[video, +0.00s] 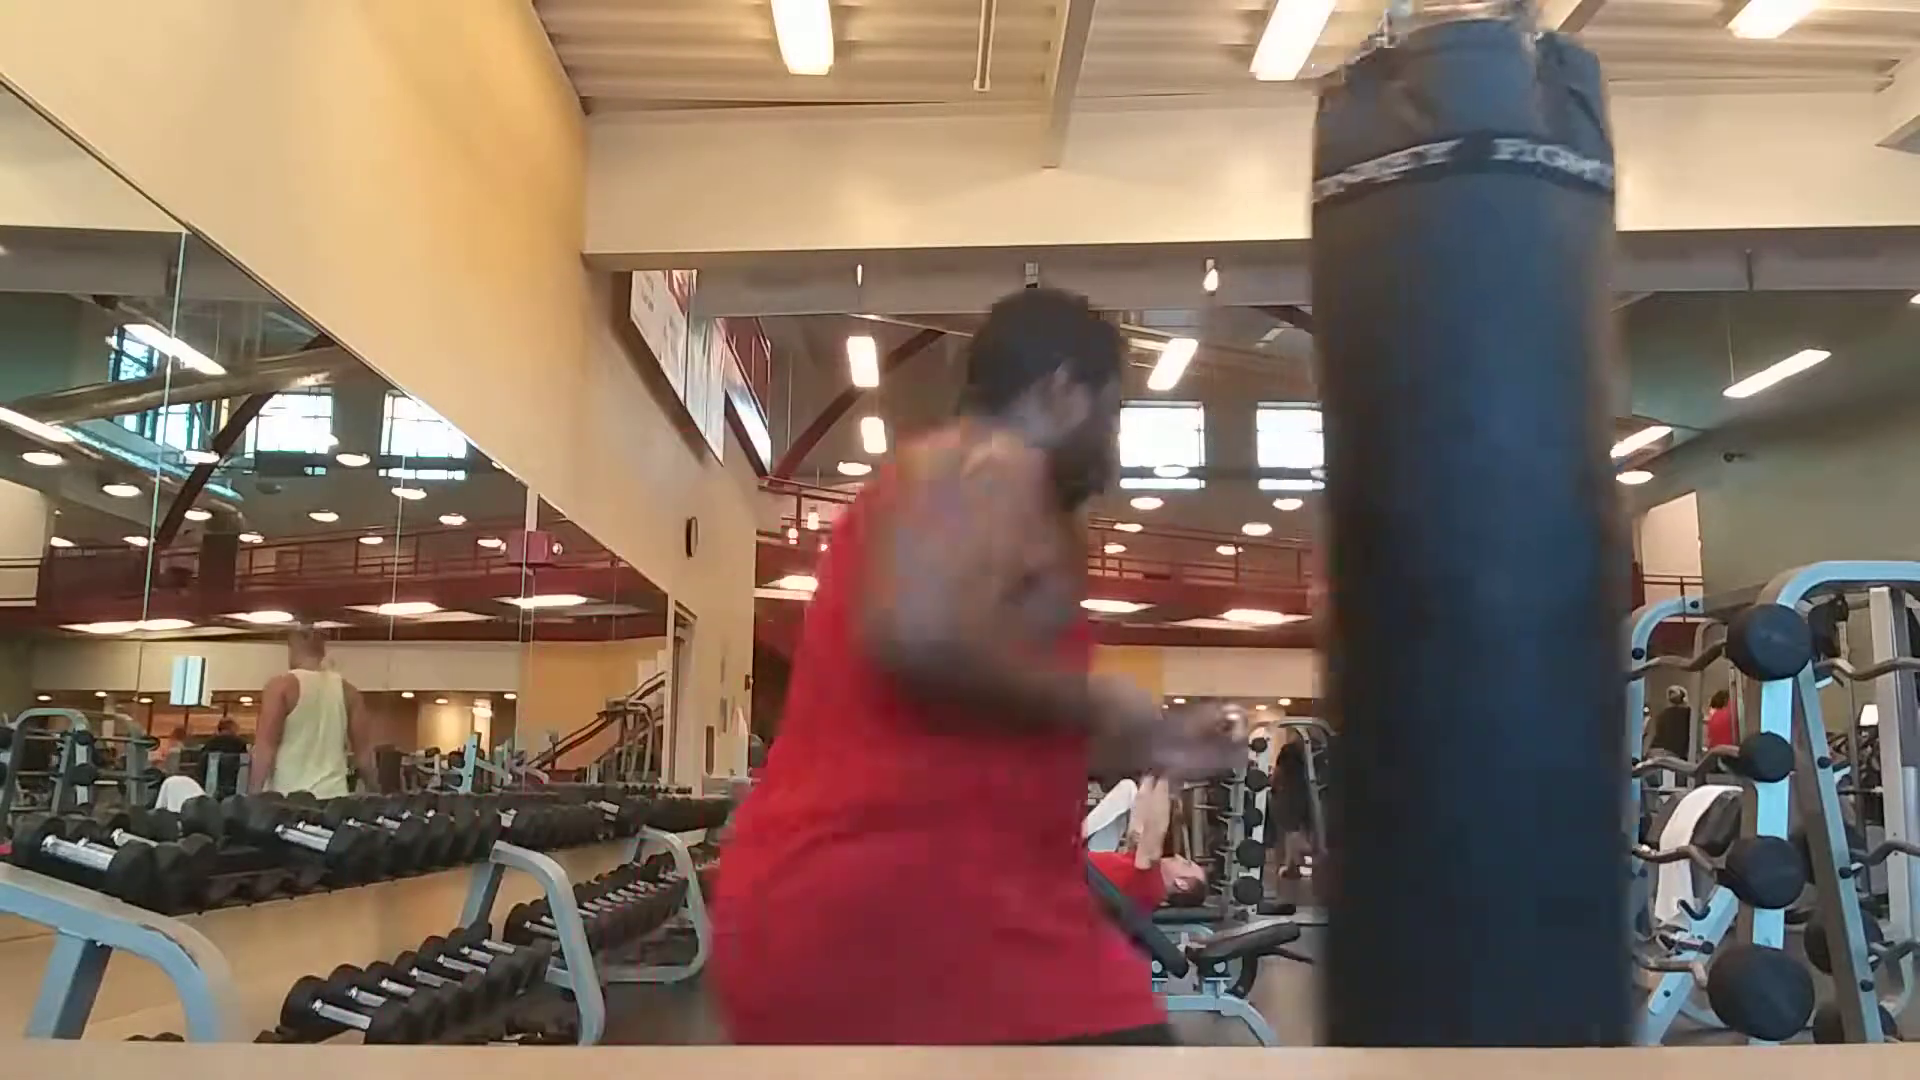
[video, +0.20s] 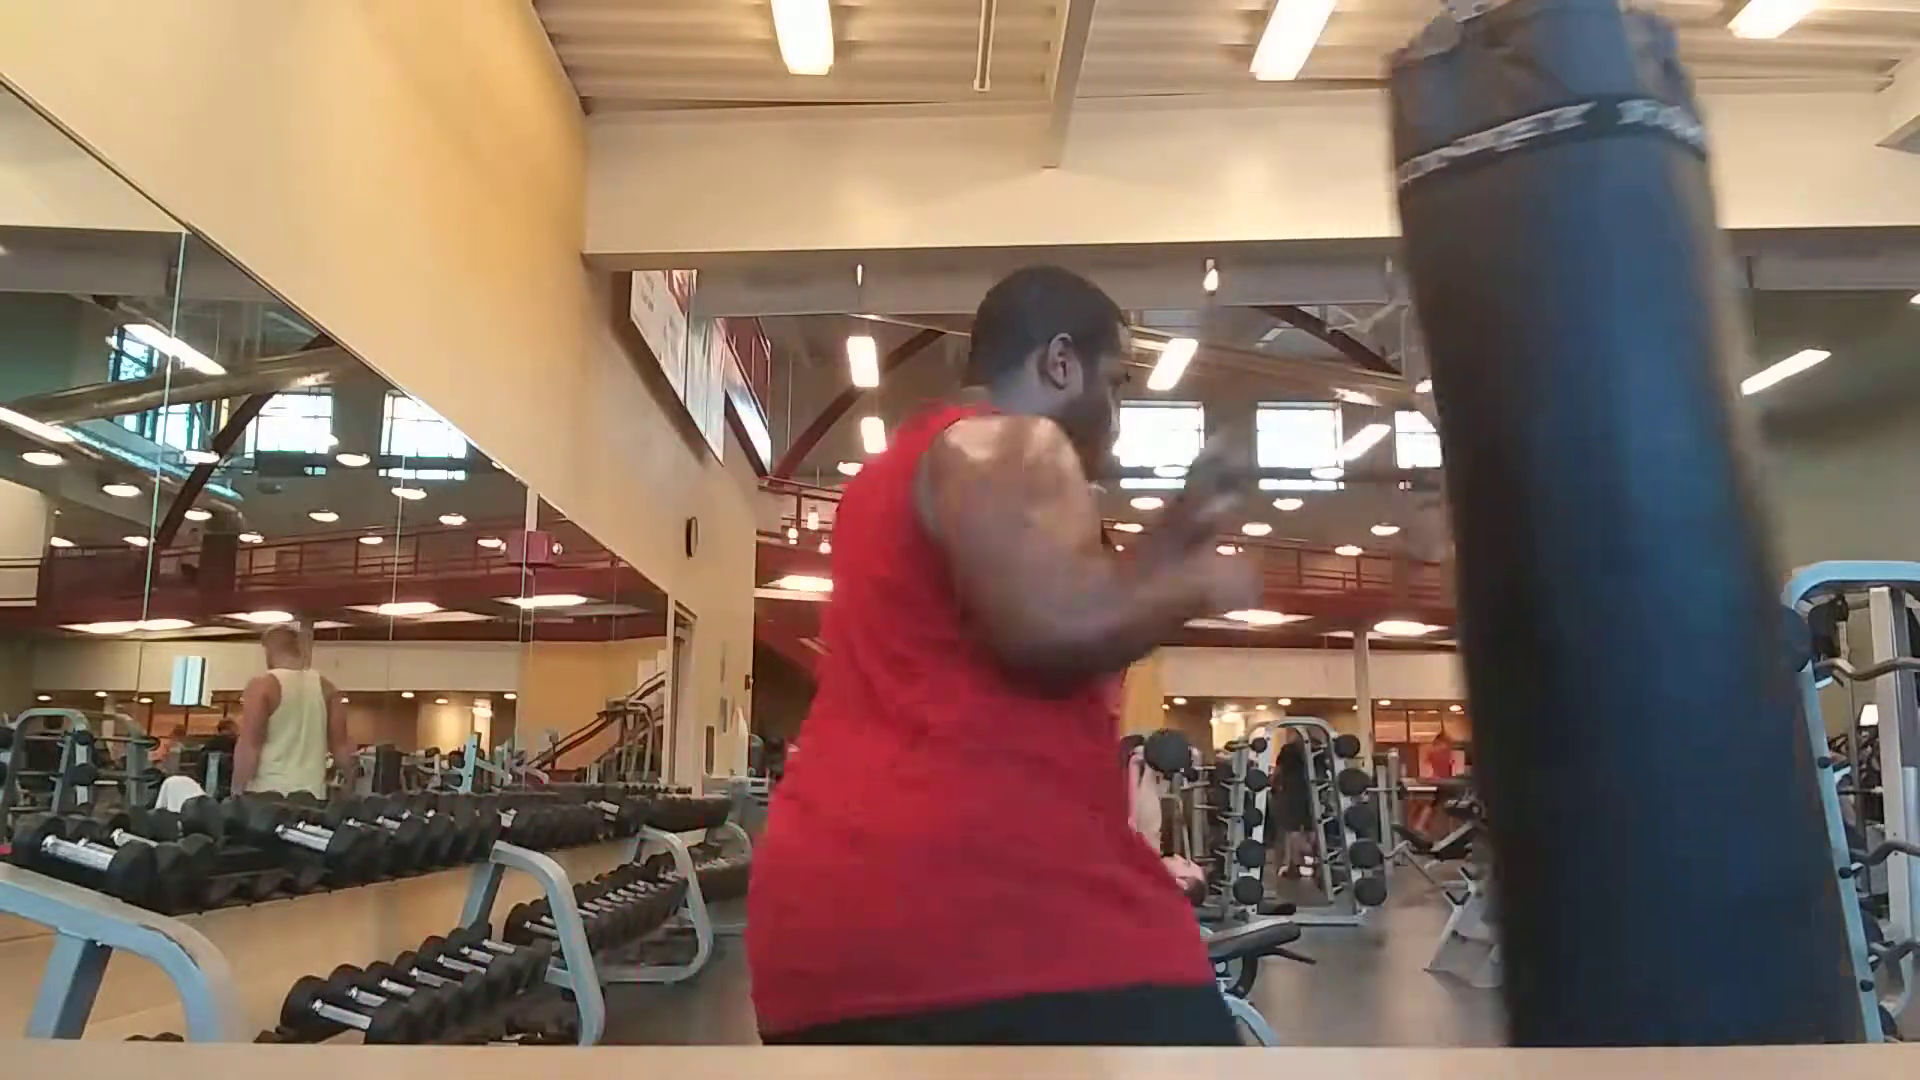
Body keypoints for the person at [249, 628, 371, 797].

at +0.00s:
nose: (289, 655)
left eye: (290, 648)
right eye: (290, 648)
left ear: (294, 649)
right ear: (322, 652)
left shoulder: (282, 685)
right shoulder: (347, 691)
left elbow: (266, 746)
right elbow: (363, 756)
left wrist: (252, 797)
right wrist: (374, 791)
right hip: (335, 799)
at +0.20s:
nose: (266, 656)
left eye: (266, 651)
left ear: (269, 652)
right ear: (298, 651)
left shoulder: (263, 686)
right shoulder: (326, 688)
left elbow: (250, 744)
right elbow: (340, 744)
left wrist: (236, 793)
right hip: (313, 796)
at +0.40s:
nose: (257, 656)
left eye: (257, 652)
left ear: (259, 651)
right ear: (289, 653)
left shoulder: (253, 686)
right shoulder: (314, 687)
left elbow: (236, 741)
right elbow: (326, 743)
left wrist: (221, 790)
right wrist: (325, 788)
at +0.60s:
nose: (260, 659)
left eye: (260, 655)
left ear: (262, 657)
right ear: (290, 661)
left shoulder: (247, 690)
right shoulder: (314, 696)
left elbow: (225, 747)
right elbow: (320, 754)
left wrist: (208, 798)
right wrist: (322, 801)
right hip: (295, 799)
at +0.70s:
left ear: (265, 659)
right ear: (294, 663)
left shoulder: (247, 690)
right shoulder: (313, 698)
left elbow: (222, 746)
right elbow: (319, 756)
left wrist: (204, 795)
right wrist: (323, 806)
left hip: (243, 796)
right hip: (291, 799)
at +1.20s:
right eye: (296, 663)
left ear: (267, 660)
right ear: (295, 666)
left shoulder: (236, 685)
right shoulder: (295, 694)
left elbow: (210, 735)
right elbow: (305, 757)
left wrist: (195, 781)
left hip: (220, 788)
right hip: (266, 793)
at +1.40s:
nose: (285, 674)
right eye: (287, 670)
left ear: (260, 661)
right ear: (286, 671)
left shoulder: (227, 688)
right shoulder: (274, 693)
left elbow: (202, 736)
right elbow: (275, 743)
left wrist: (190, 772)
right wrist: (292, 767)